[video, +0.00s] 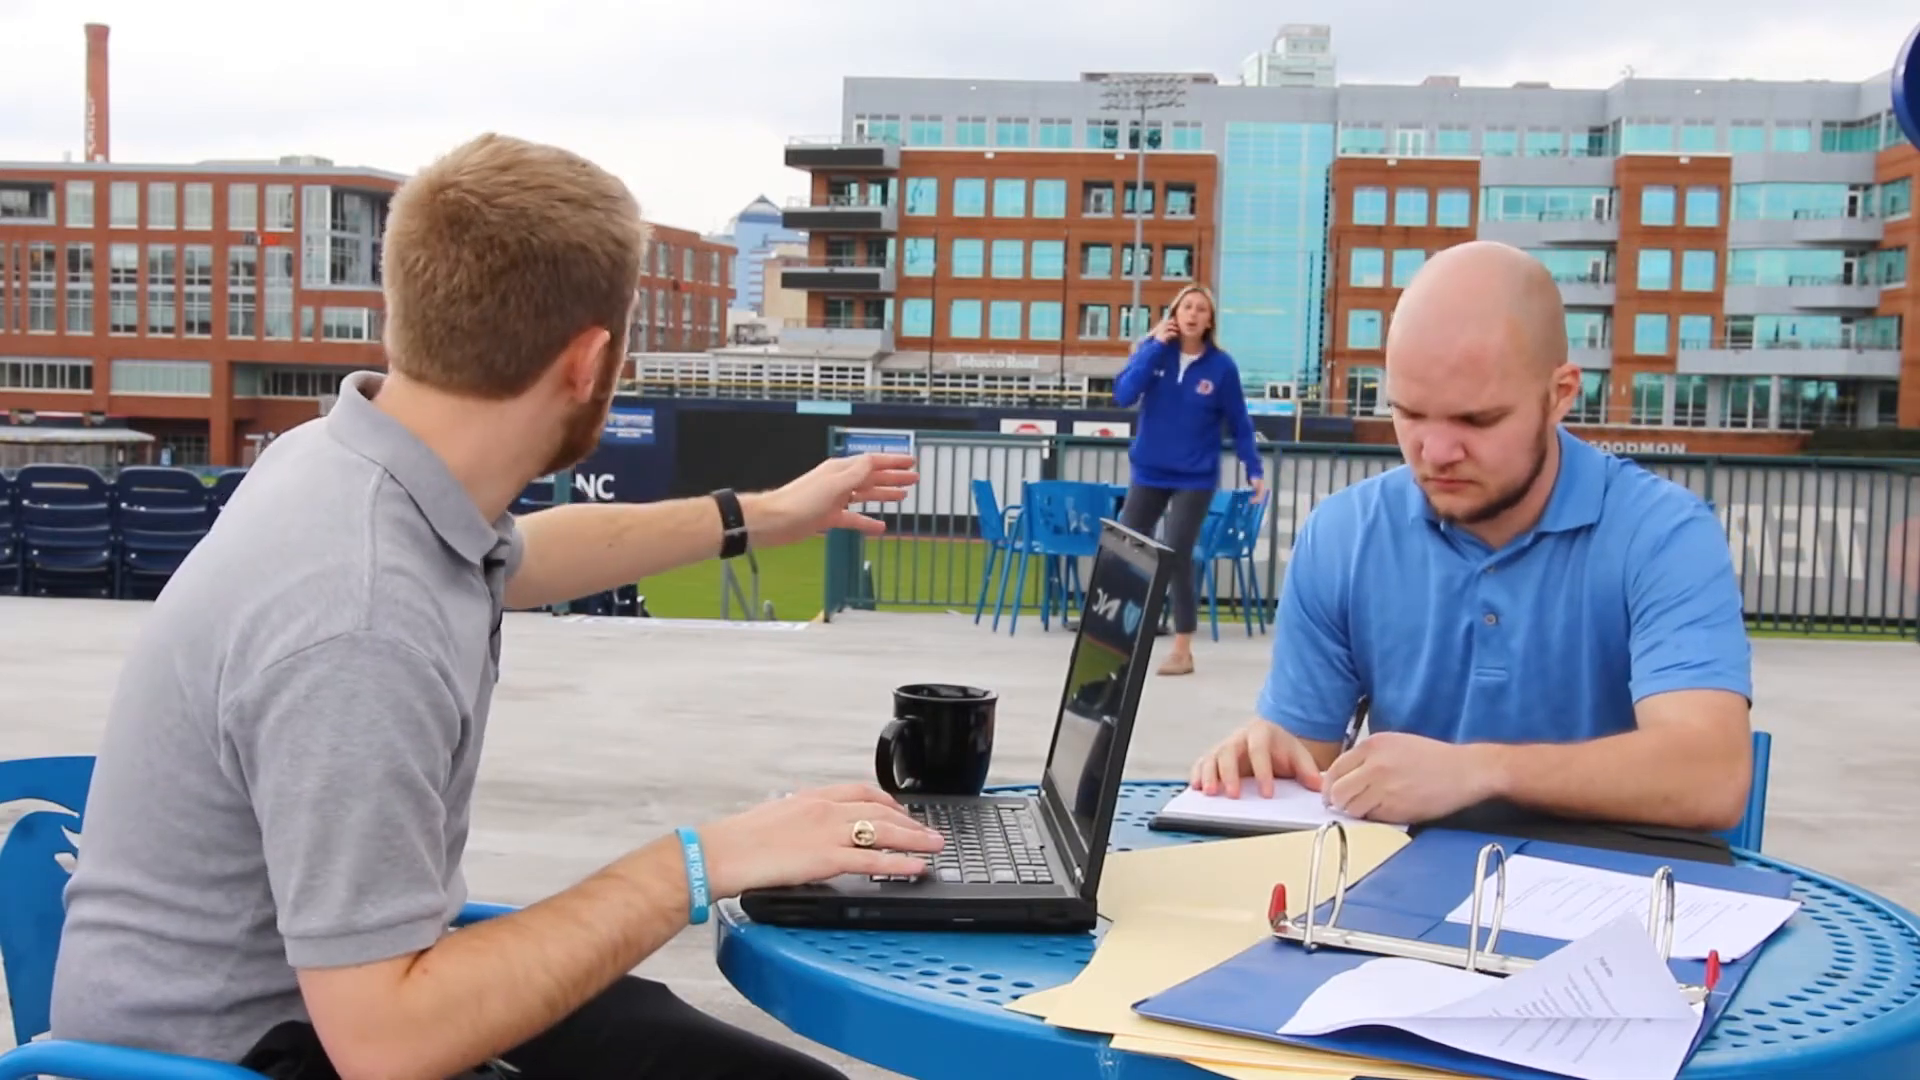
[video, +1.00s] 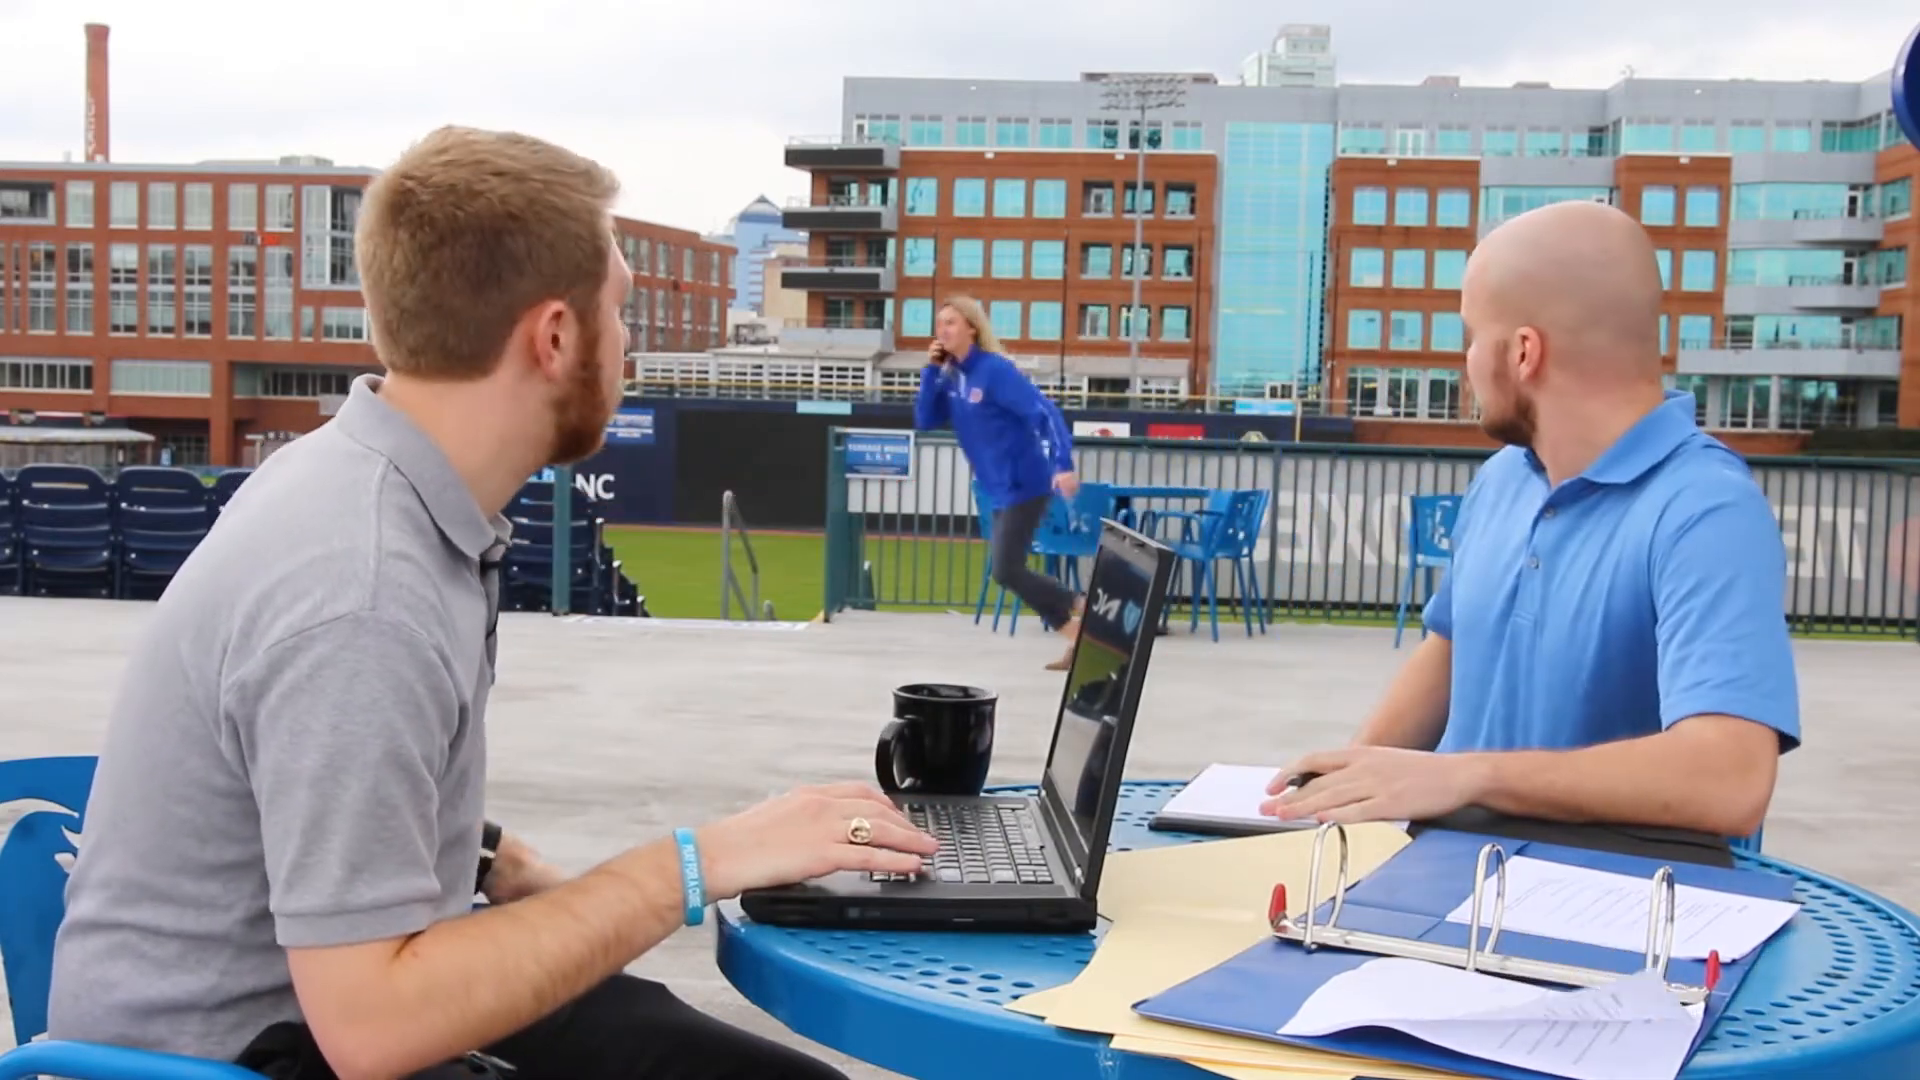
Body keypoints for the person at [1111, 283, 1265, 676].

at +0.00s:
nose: (1193, 315)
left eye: (1201, 310)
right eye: (1187, 308)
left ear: (1210, 319)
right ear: (1174, 313)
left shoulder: (1221, 366)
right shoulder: (1152, 349)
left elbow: (1240, 424)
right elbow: (1123, 395)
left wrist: (1254, 470)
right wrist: (1153, 345)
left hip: (1195, 477)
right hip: (1148, 472)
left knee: (1175, 553)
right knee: (1123, 550)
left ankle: (1182, 649)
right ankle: (1113, 639)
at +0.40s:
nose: (1141, 309)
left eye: (1148, 303)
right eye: (1135, 302)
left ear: (1160, 311)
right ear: (1124, 308)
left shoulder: (1177, 355)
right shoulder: (1106, 347)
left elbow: (1208, 412)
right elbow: (1074, 390)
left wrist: (1235, 466)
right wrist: (1107, 341)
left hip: (1165, 474)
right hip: (1118, 472)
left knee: (1169, 557)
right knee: (1110, 557)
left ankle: (1182, 649)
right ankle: (1108, 645)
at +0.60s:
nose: (1107, 314)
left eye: (1114, 307)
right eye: (1101, 307)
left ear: (1128, 313)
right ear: (1092, 313)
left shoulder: (1146, 355)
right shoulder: (1083, 353)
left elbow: (1177, 411)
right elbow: (1050, 398)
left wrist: (1188, 465)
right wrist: (1075, 348)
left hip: (1148, 476)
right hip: (1101, 474)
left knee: (1164, 557)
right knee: (1085, 551)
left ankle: (1182, 646)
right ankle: (1102, 637)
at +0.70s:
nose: (1082, 319)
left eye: (1090, 312)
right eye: (1075, 312)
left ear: (1103, 317)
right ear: (1066, 318)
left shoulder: (1122, 361)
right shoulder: (1063, 359)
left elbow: (1144, 422)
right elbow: (1029, 402)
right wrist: (1051, 354)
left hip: (1134, 477)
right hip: (1087, 477)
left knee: (1156, 556)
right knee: (1064, 550)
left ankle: (1180, 644)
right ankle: (1087, 637)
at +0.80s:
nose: (1046, 326)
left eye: (1054, 318)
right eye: (1040, 319)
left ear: (1070, 324)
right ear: (1033, 326)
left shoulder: (1088, 365)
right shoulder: (1033, 367)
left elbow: (1105, 428)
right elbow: (1003, 408)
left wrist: (1062, 464)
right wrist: (1017, 361)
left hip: (1111, 478)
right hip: (1071, 481)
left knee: (1138, 557)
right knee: (1037, 553)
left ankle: (1179, 644)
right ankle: (1077, 636)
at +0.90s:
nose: (998, 328)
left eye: (1006, 321)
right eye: (994, 321)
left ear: (1024, 326)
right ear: (989, 327)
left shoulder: (1043, 367)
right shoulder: (994, 371)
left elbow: (1073, 425)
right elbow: (972, 418)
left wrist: (1052, 476)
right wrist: (978, 369)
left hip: (1074, 482)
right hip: (1035, 486)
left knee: (1098, 567)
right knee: (1019, 565)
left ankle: (1164, 634)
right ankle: (1078, 637)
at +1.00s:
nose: (942, 331)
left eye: (950, 323)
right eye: (939, 324)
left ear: (971, 328)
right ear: (938, 332)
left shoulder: (995, 369)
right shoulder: (948, 375)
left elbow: (1045, 413)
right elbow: (925, 421)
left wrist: (1063, 465)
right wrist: (931, 370)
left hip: (1028, 482)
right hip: (998, 487)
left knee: (1006, 569)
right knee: (1008, 570)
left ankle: (1076, 608)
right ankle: (1074, 633)